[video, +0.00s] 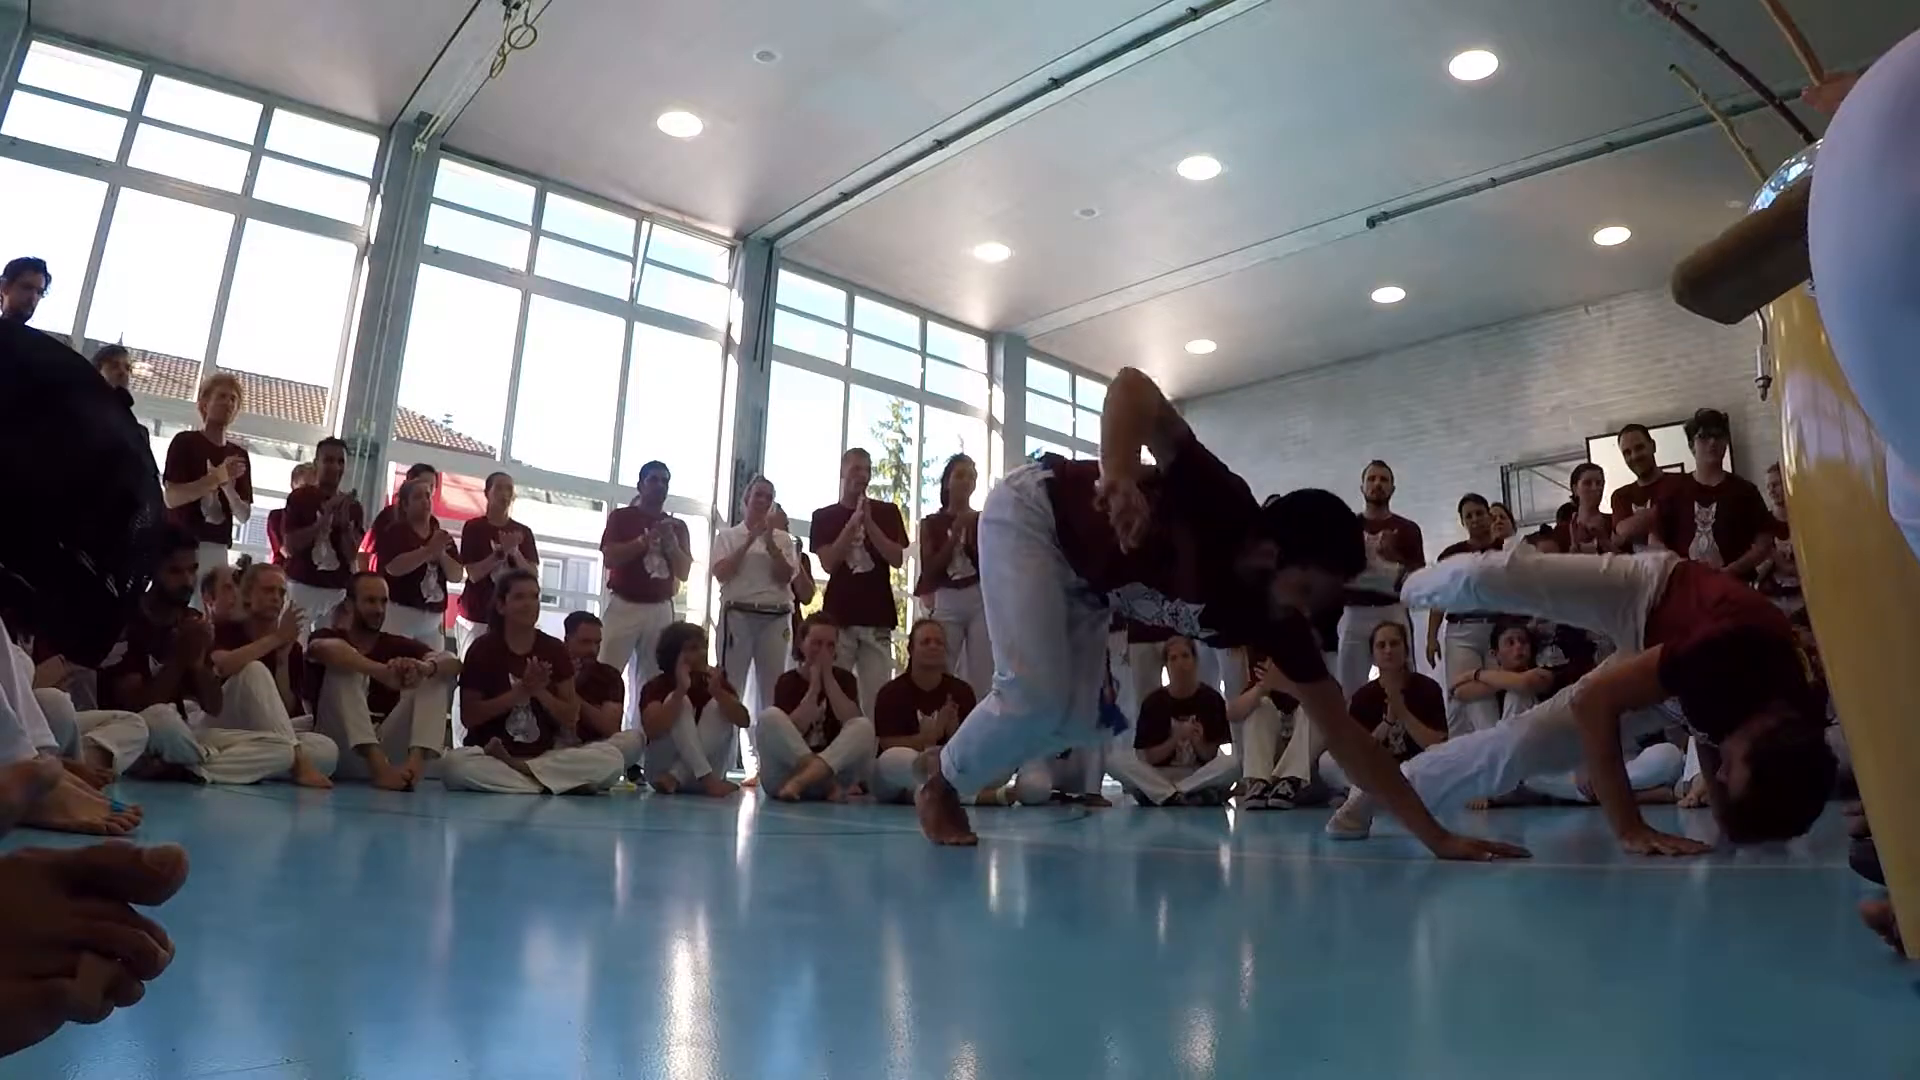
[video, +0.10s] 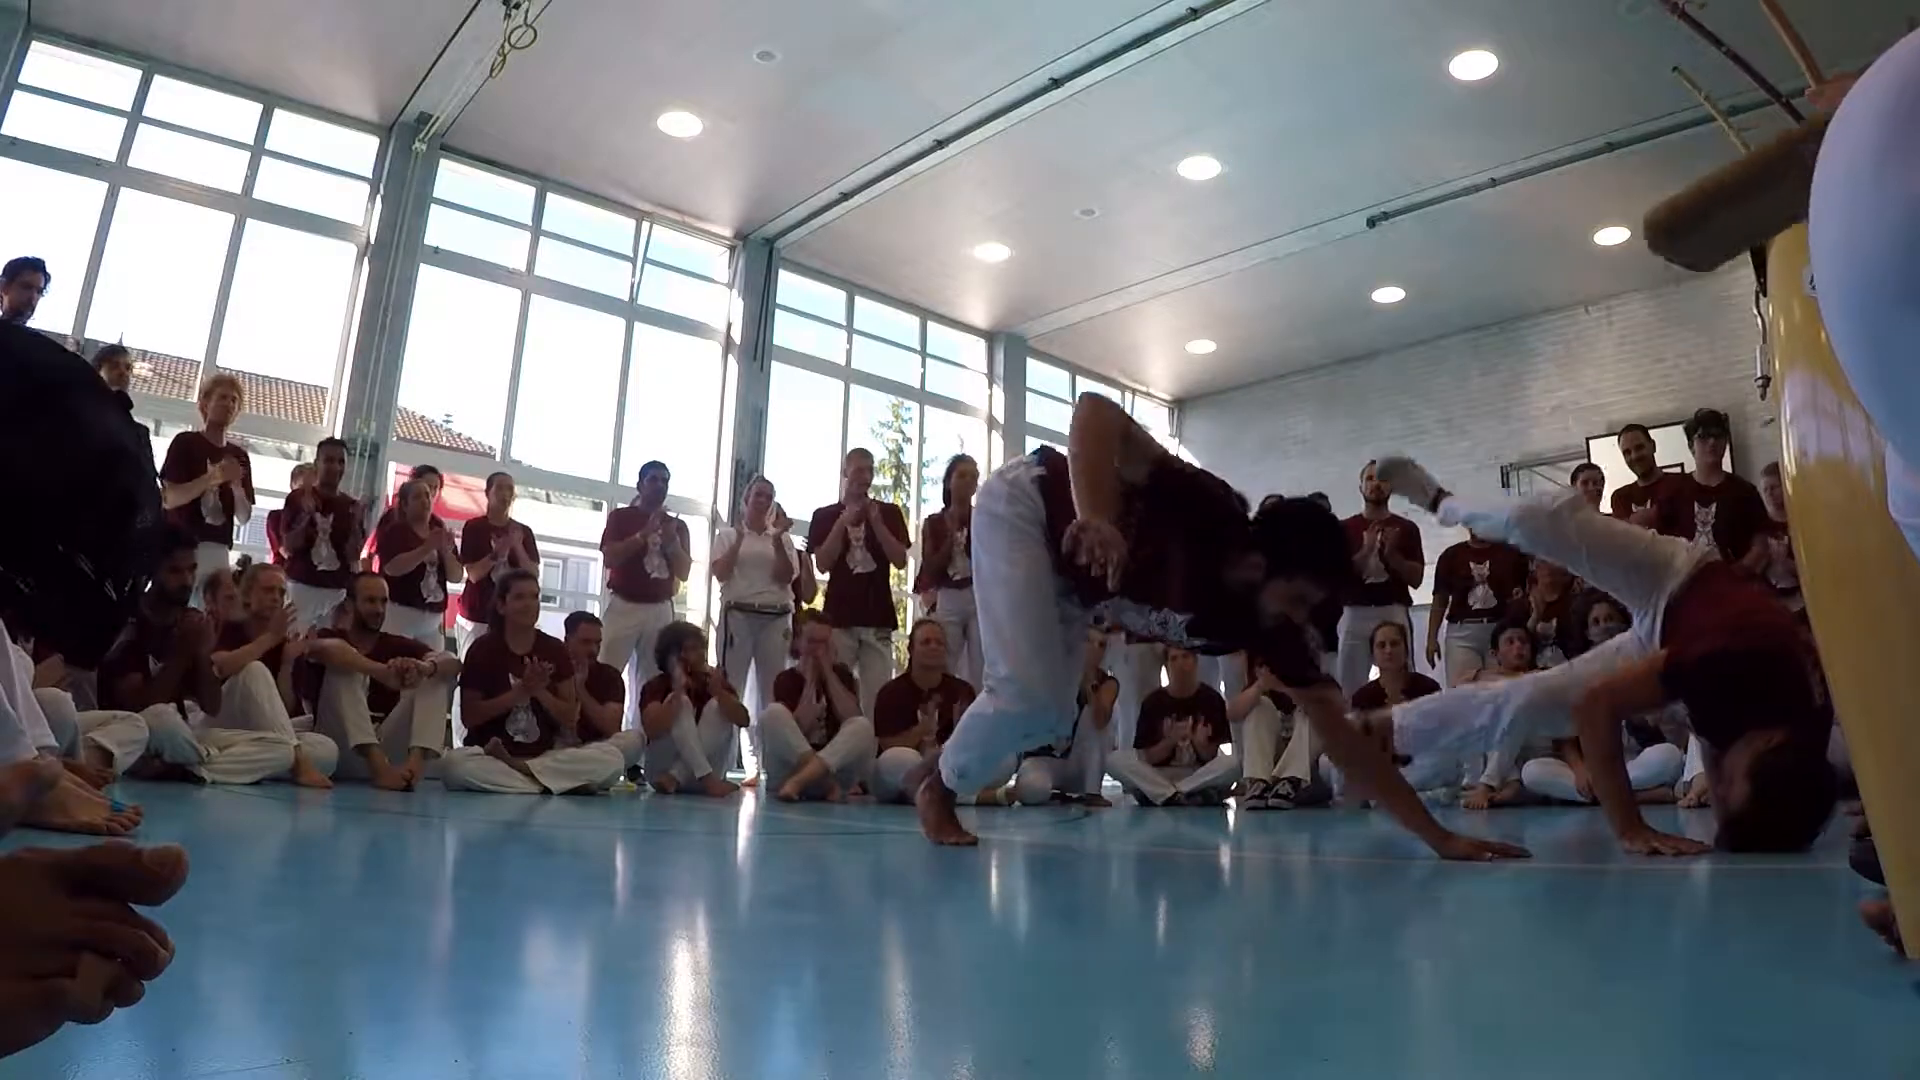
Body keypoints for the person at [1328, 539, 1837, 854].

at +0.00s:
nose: (1715, 783)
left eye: (1725, 791)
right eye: (1725, 778)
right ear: (1750, 742)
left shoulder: (1798, 738)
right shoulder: (1736, 656)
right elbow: (1596, 700)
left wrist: (1702, 787)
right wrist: (1630, 829)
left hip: (1660, 674)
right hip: (1653, 595)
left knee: (1522, 745)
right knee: (1505, 572)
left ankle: (1383, 790)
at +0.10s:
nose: (1711, 793)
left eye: (1720, 802)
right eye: (1722, 789)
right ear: (1754, 751)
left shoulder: (1811, 728)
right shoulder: (1727, 669)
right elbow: (1591, 704)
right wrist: (1630, 830)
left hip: (1654, 653)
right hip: (1686, 580)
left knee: (1520, 705)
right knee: (1539, 521)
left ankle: (1370, 733)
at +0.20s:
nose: (1712, 794)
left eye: (1721, 803)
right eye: (1724, 789)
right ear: (1761, 757)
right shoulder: (1737, 679)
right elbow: (1599, 699)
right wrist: (1631, 828)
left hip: (1665, 649)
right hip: (1696, 576)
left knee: (1528, 659)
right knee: (1565, 502)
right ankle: (1453, 449)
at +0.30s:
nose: (1718, 797)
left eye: (1722, 808)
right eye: (1731, 798)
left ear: (1772, 764)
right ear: (1760, 768)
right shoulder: (1735, 676)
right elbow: (1596, 706)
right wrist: (1632, 830)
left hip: (1676, 634)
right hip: (1716, 571)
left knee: (1534, 602)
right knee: (1567, 481)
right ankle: (1450, 405)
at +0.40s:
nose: (1721, 804)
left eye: (1727, 817)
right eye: (1732, 805)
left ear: (1772, 766)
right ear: (1762, 769)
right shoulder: (1748, 685)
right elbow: (1604, 703)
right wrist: (1631, 828)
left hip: (1677, 617)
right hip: (1719, 558)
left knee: (1534, 543)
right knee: (1582, 465)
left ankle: (1411, 443)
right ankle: (1449, 364)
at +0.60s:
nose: (1718, 798)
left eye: (1726, 806)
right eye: (1730, 799)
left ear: (1775, 770)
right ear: (1758, 765)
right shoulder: (1753, 685)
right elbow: (1608, 700)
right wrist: (1634, 827)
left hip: (1674, 604)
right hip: (1709, 550)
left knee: (1574, 500)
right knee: (1591, 434)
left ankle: (1445, 363)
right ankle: (1456, 322)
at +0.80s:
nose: (1728, 799)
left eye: (1730, 812)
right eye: (1740, 800)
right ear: (1766, 776)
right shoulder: (1774, 697)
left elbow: (1620, 711)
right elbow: (1637, 692)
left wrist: (1633, 825)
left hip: (1673, 605)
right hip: (1718, 557)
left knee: (1579, 483)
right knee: (1599, 421)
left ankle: (1457, 335)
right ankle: (1468, 297)